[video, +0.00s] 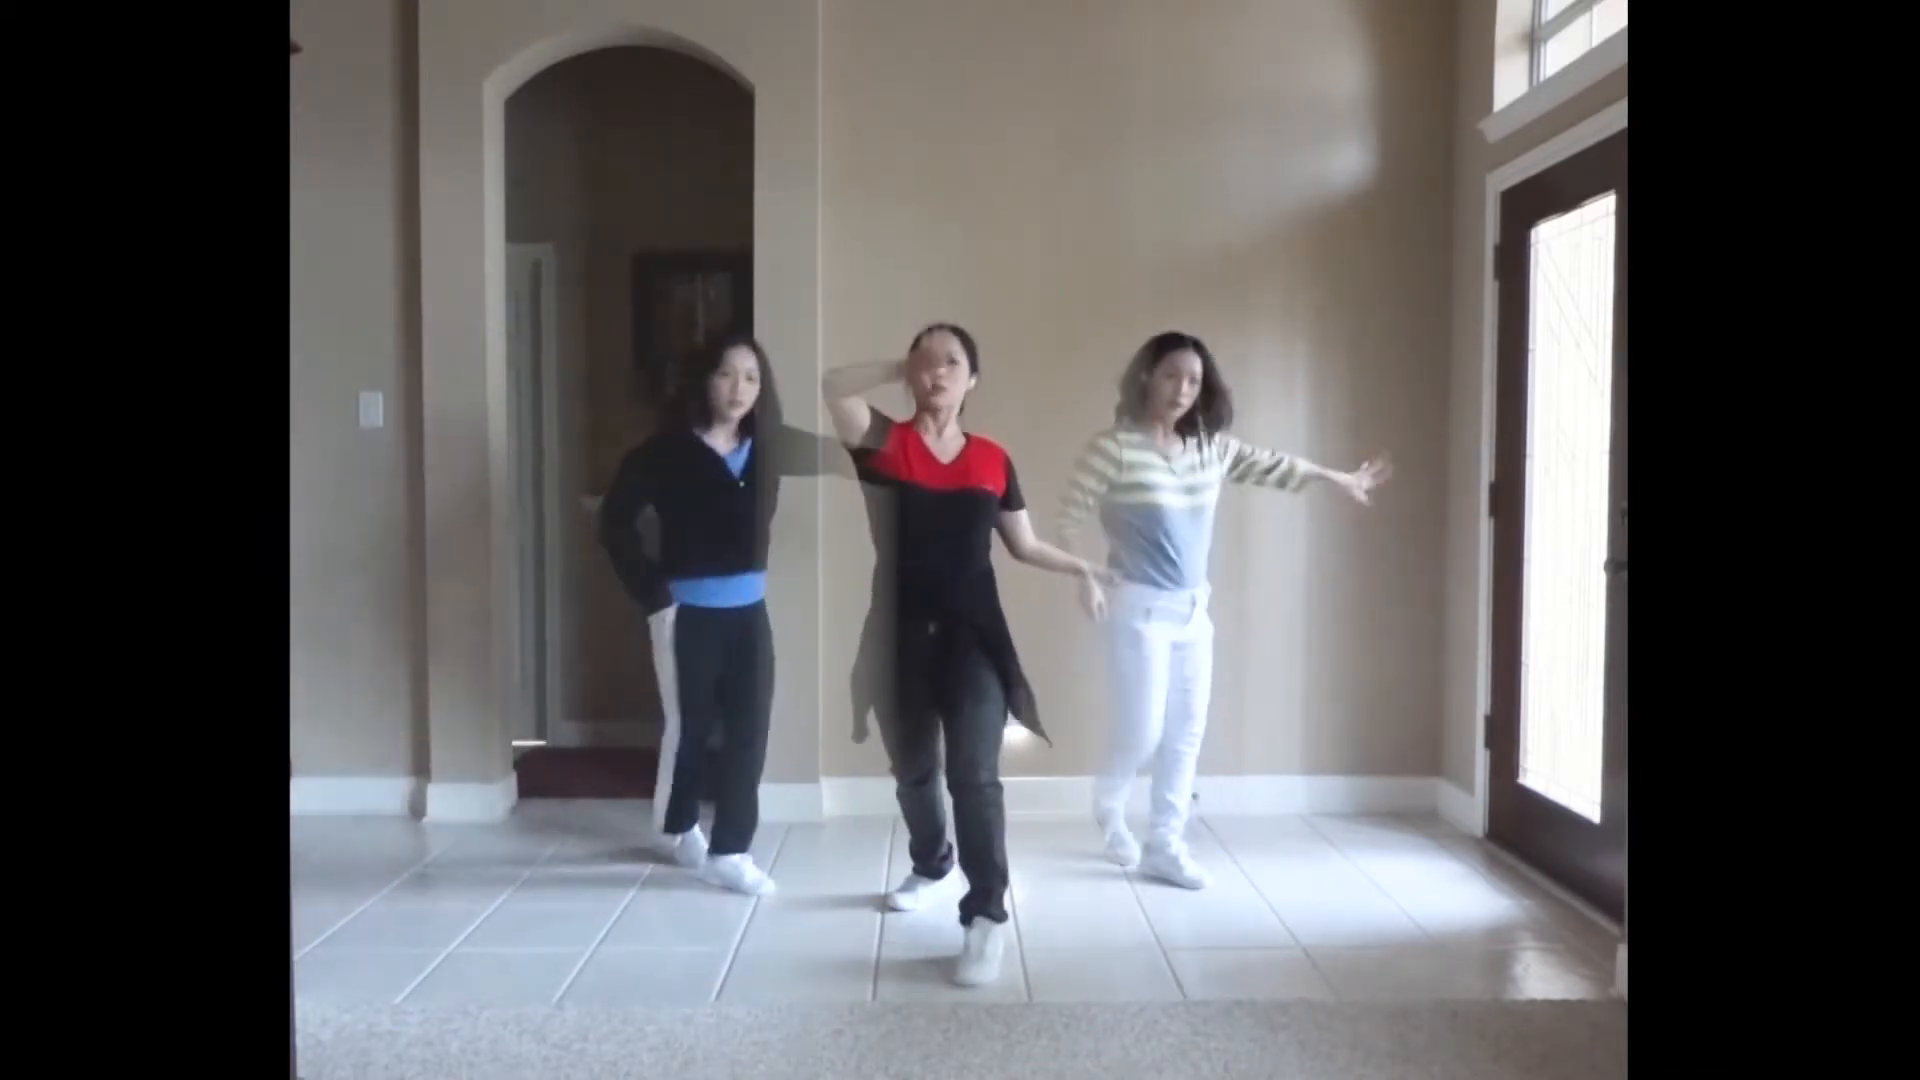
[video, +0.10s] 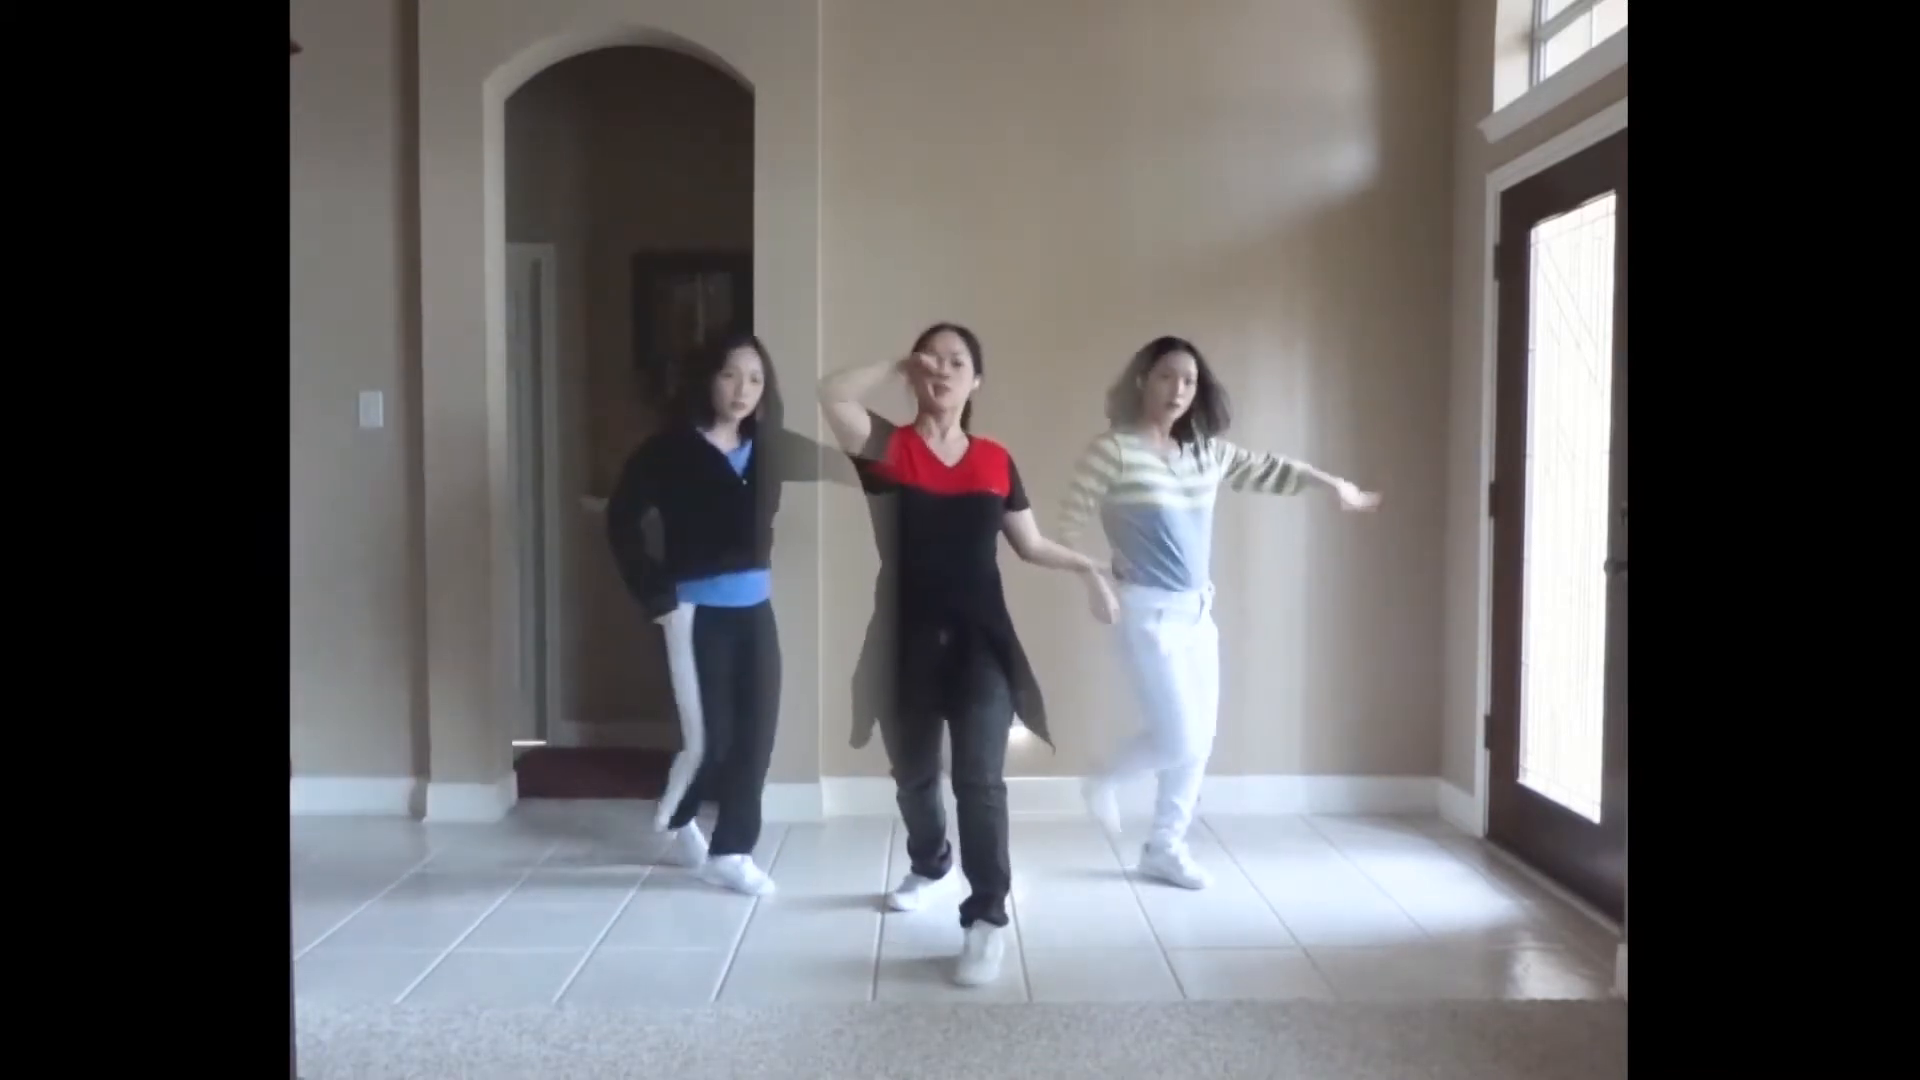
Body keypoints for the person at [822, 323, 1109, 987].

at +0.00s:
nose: (933, 375)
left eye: (947, 364)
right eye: (923, 365)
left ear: (972, 378)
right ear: (911, 379)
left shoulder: (989, 460)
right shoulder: (883, 446)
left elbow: (1024, 545)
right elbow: (835, 389)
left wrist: (1083, 566)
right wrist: (900, 369)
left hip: (973, 635)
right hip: (901, 633)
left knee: (973, 775)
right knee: (914, 772)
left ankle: (986, 914)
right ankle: (932, 866)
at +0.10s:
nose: (936, 369)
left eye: (952, 362)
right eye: (927, 359)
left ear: (975, 382)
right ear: (912, 376)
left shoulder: (992, 460)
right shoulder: (885, 448)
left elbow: (1031, 545)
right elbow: (834, 396)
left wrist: (1090, 564)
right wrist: (895, 368)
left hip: (979, 637)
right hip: (906, 636)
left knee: (978, 778)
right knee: (913, 775)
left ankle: (987, 916)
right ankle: (930, 864)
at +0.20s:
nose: (943, 378)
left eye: (958, 368)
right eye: (932, 368)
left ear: (981, 384)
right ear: (916, 384)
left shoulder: (998, 464)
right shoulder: (892, 457)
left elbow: (1032, 547)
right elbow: (848, 426)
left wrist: (1092, 563)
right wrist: (899, 367)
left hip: (986, 644)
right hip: (912, 643)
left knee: (984, 782)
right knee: (912, 781)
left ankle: (990, 918)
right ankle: (928, 864)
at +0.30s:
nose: (954, 394)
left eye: (967, 384)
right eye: (942, 384)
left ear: (988, 399)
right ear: (922, 402)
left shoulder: (1003, 475)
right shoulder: (905, 470)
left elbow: (1032, 558)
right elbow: (887, 503)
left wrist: (1101, 567)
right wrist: (894, 423)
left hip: (989, 653)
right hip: (919, 654)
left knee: (985, 783)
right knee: (917, 789)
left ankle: (990, 921)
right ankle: (911, 869)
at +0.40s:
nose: (959, 439)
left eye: (974, 429)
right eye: (946, 429)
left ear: (995, 446)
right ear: (928, 446)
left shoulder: (1011, 511)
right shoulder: (907, 522)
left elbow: (1031, 586)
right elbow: (917, 624)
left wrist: (1104, 581)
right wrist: (911, 529)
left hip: (988, 677)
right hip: (922, 682)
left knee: (983, 793)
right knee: (931, 829)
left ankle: (987, 925)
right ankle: (899, 864)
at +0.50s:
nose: (968, 494)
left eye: (981, 483)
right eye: (955, 483)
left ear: (1003, 497)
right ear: (937, 500)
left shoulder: (1014, 553)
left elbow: (1021, 613)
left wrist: (1101, 596)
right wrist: (951, 777)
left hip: (991, 708)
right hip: (925, 715)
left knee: (982, 798)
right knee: (943, 865)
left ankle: (985, 928)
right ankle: (901, 861)